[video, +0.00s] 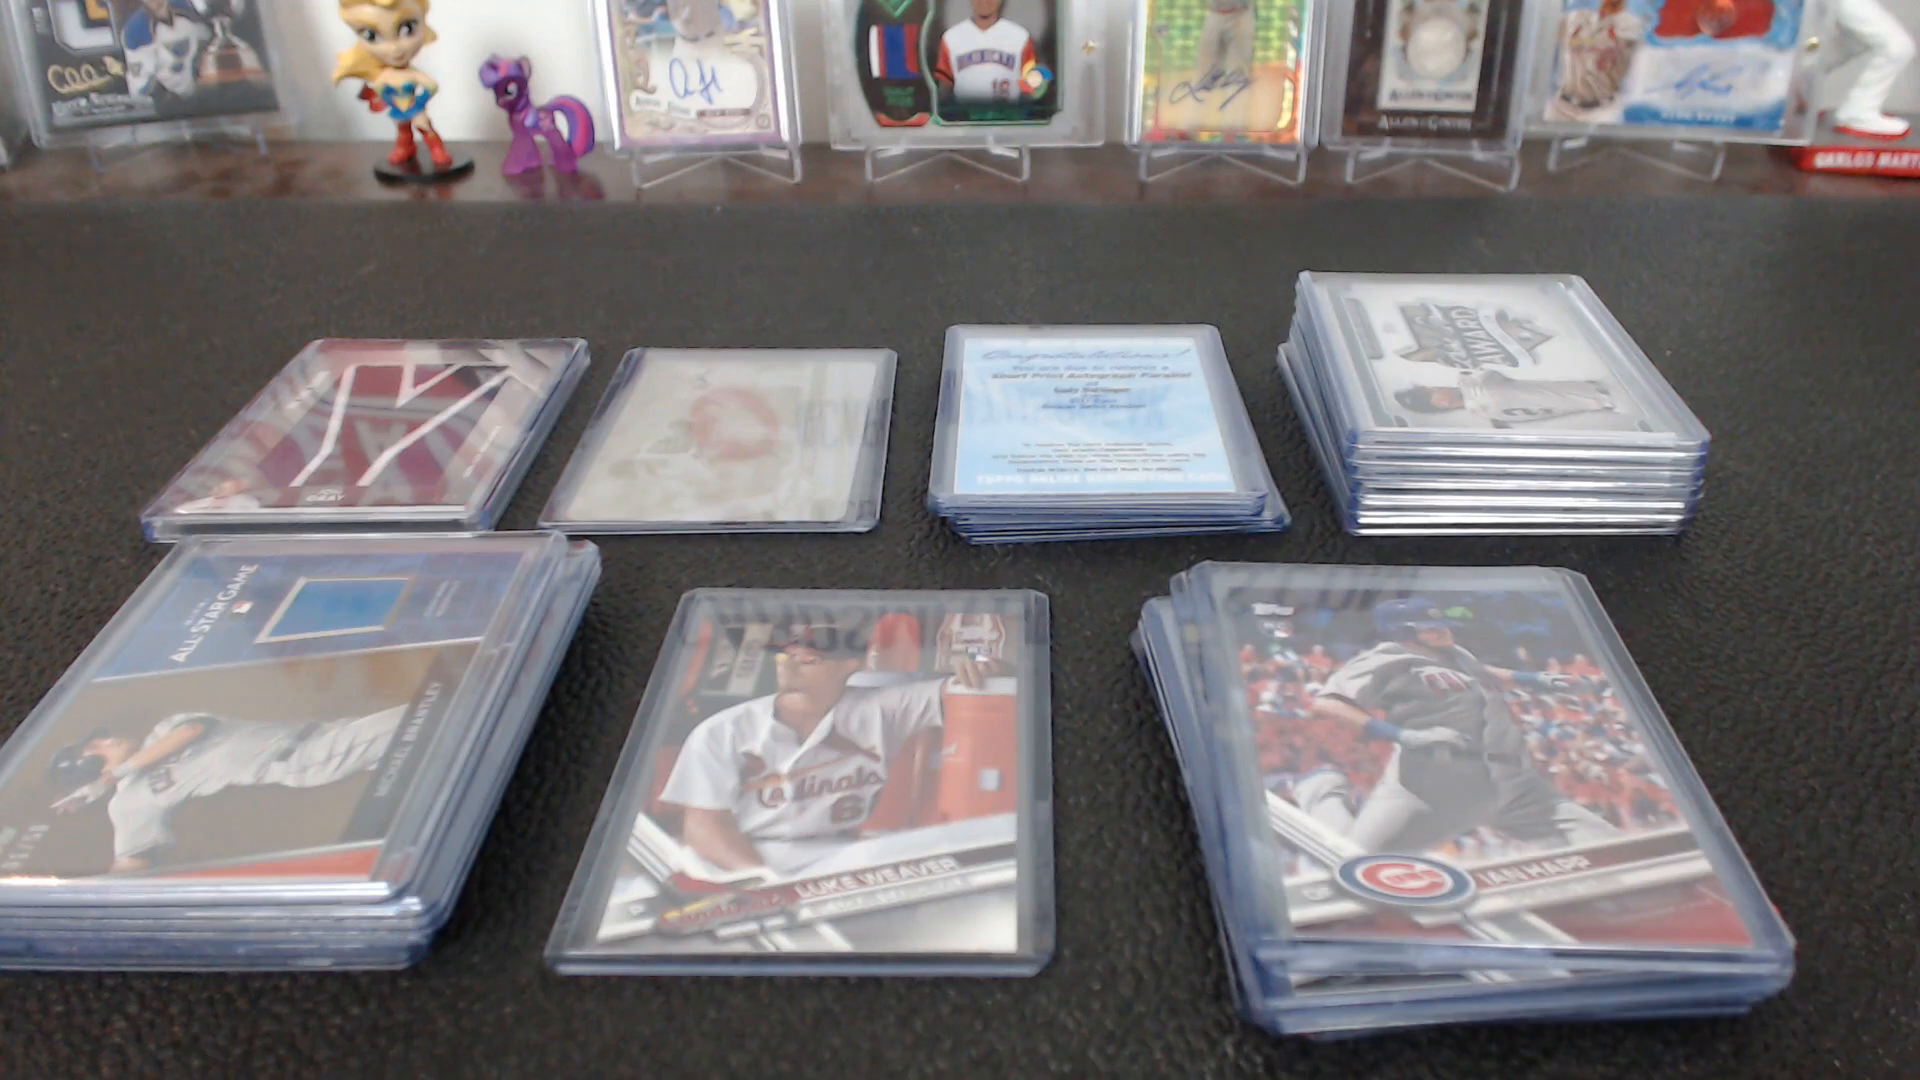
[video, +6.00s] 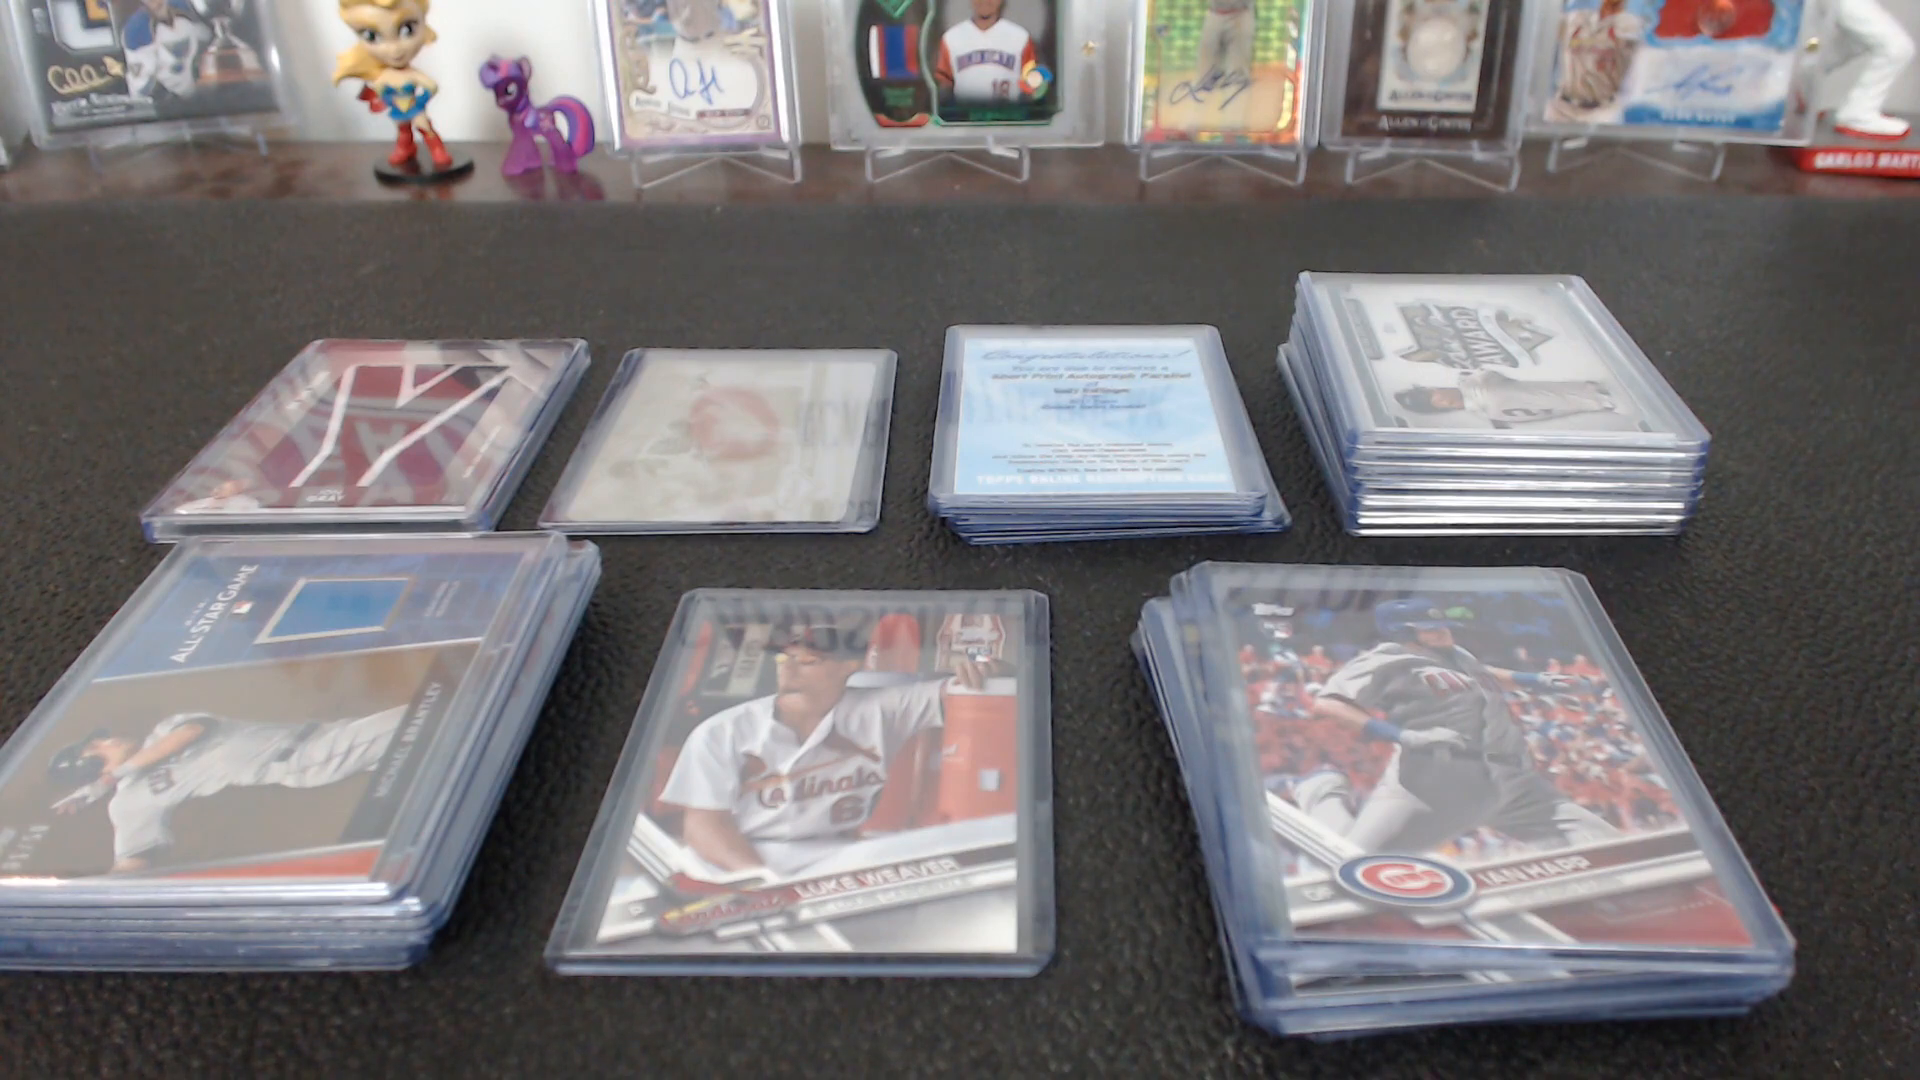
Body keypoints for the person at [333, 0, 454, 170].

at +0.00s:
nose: (393, 49)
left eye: (407, 29)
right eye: (371, 35)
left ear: (424, 26)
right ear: (357, 36)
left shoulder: (414, 75)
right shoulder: (377, 73)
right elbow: (369, 86)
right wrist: (374, 98)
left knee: (421, 120)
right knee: (400, 120)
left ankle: (436, 148)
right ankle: (405, 146)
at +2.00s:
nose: (394, 50)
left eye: (407, 30)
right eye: (371, 35)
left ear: (424, 27)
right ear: (357, 36)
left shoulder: (414, 74)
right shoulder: (378, 74)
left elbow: (427, 86)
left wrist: (419, 108)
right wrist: (375, 99)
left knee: (422, 122)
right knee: (401, 123)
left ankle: (436, 148)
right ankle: (405, 147)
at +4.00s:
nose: (394, 49)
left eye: (407, 30)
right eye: (371, 36)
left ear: (424, 28)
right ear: (358, 37)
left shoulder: (414, 74)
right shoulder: (378, 74)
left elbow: (426, 86)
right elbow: (368, 88)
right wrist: (375, 101)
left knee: (422, 122)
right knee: (401, 123)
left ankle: (436, 148)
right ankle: (405, 147)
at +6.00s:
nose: (394, 50)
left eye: (407, 30)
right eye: (372, 36)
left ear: (424, 29)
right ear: (359, 38)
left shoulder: (414, 75)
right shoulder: (379, 75)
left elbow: (426, 86)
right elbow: (370, 88)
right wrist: (374, 100)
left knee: (422, 122)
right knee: (401, 124)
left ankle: (437, 149)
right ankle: (405, 148)